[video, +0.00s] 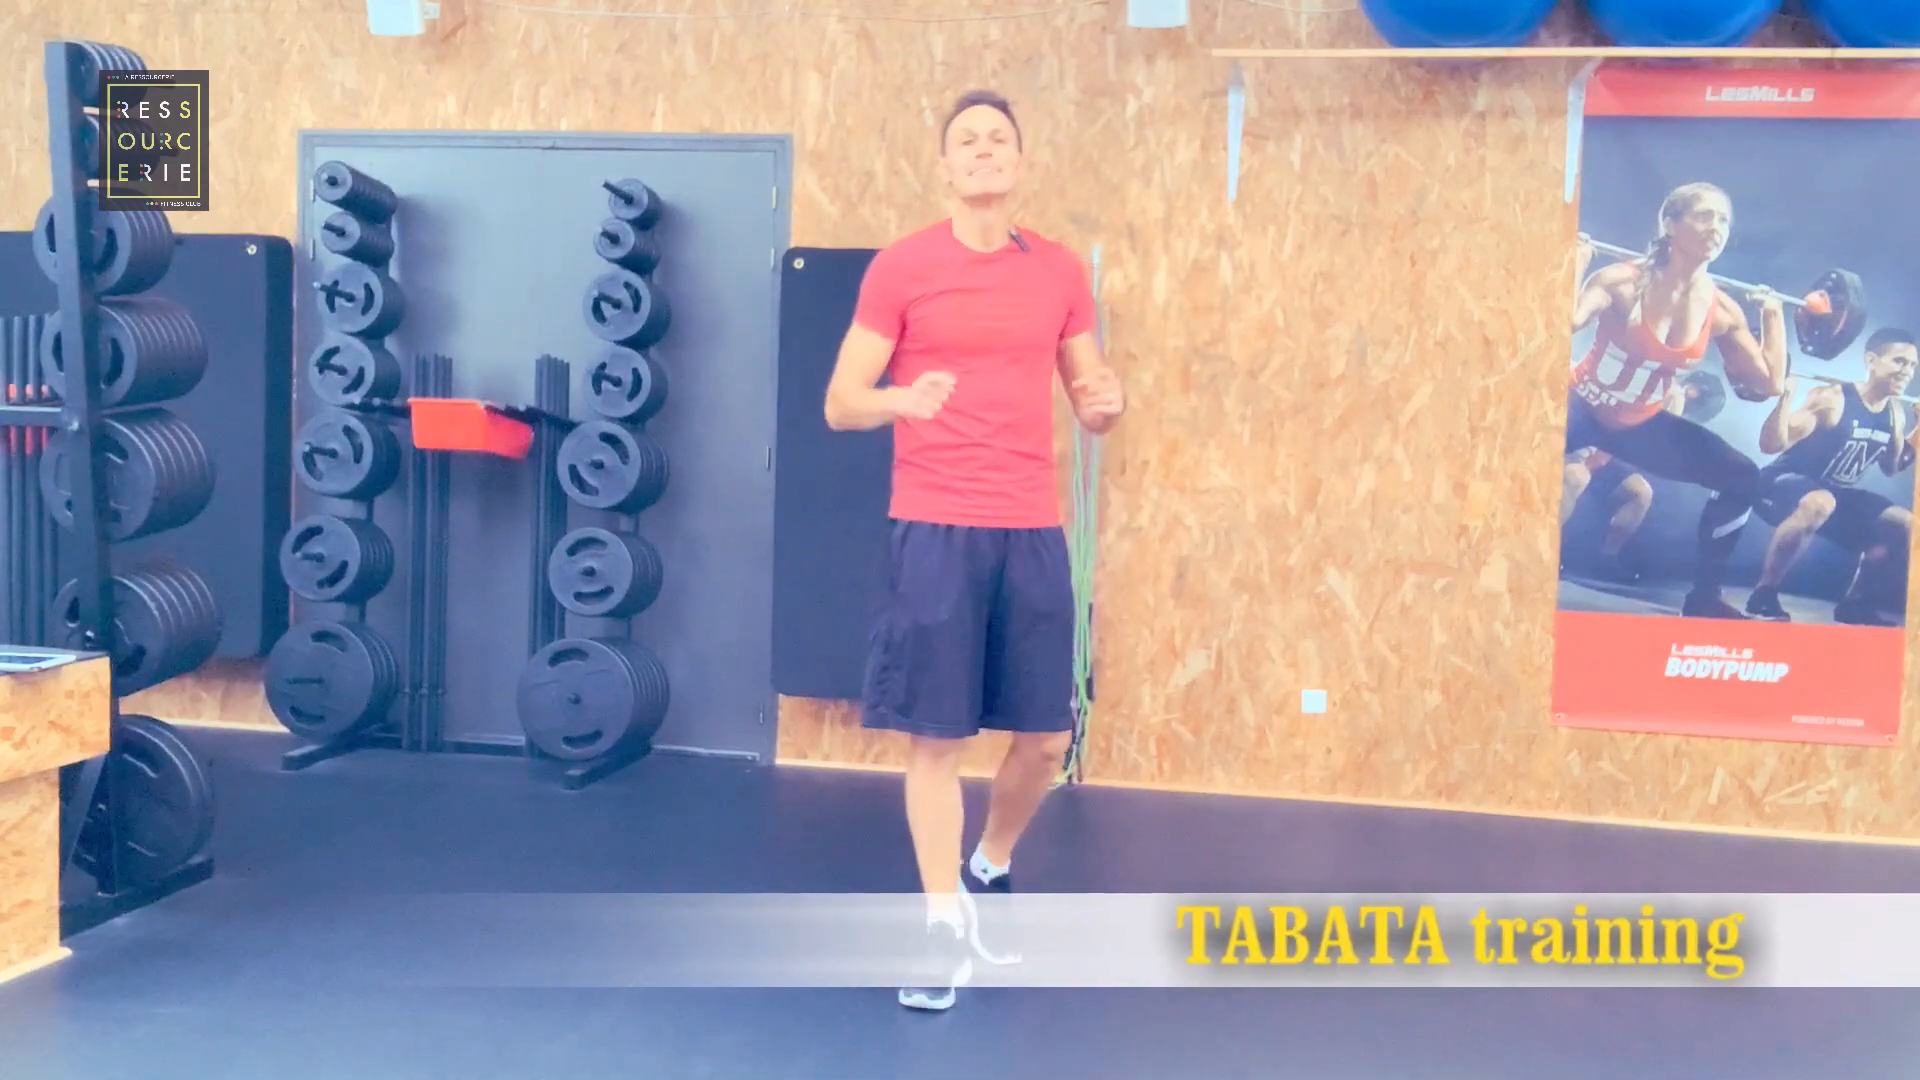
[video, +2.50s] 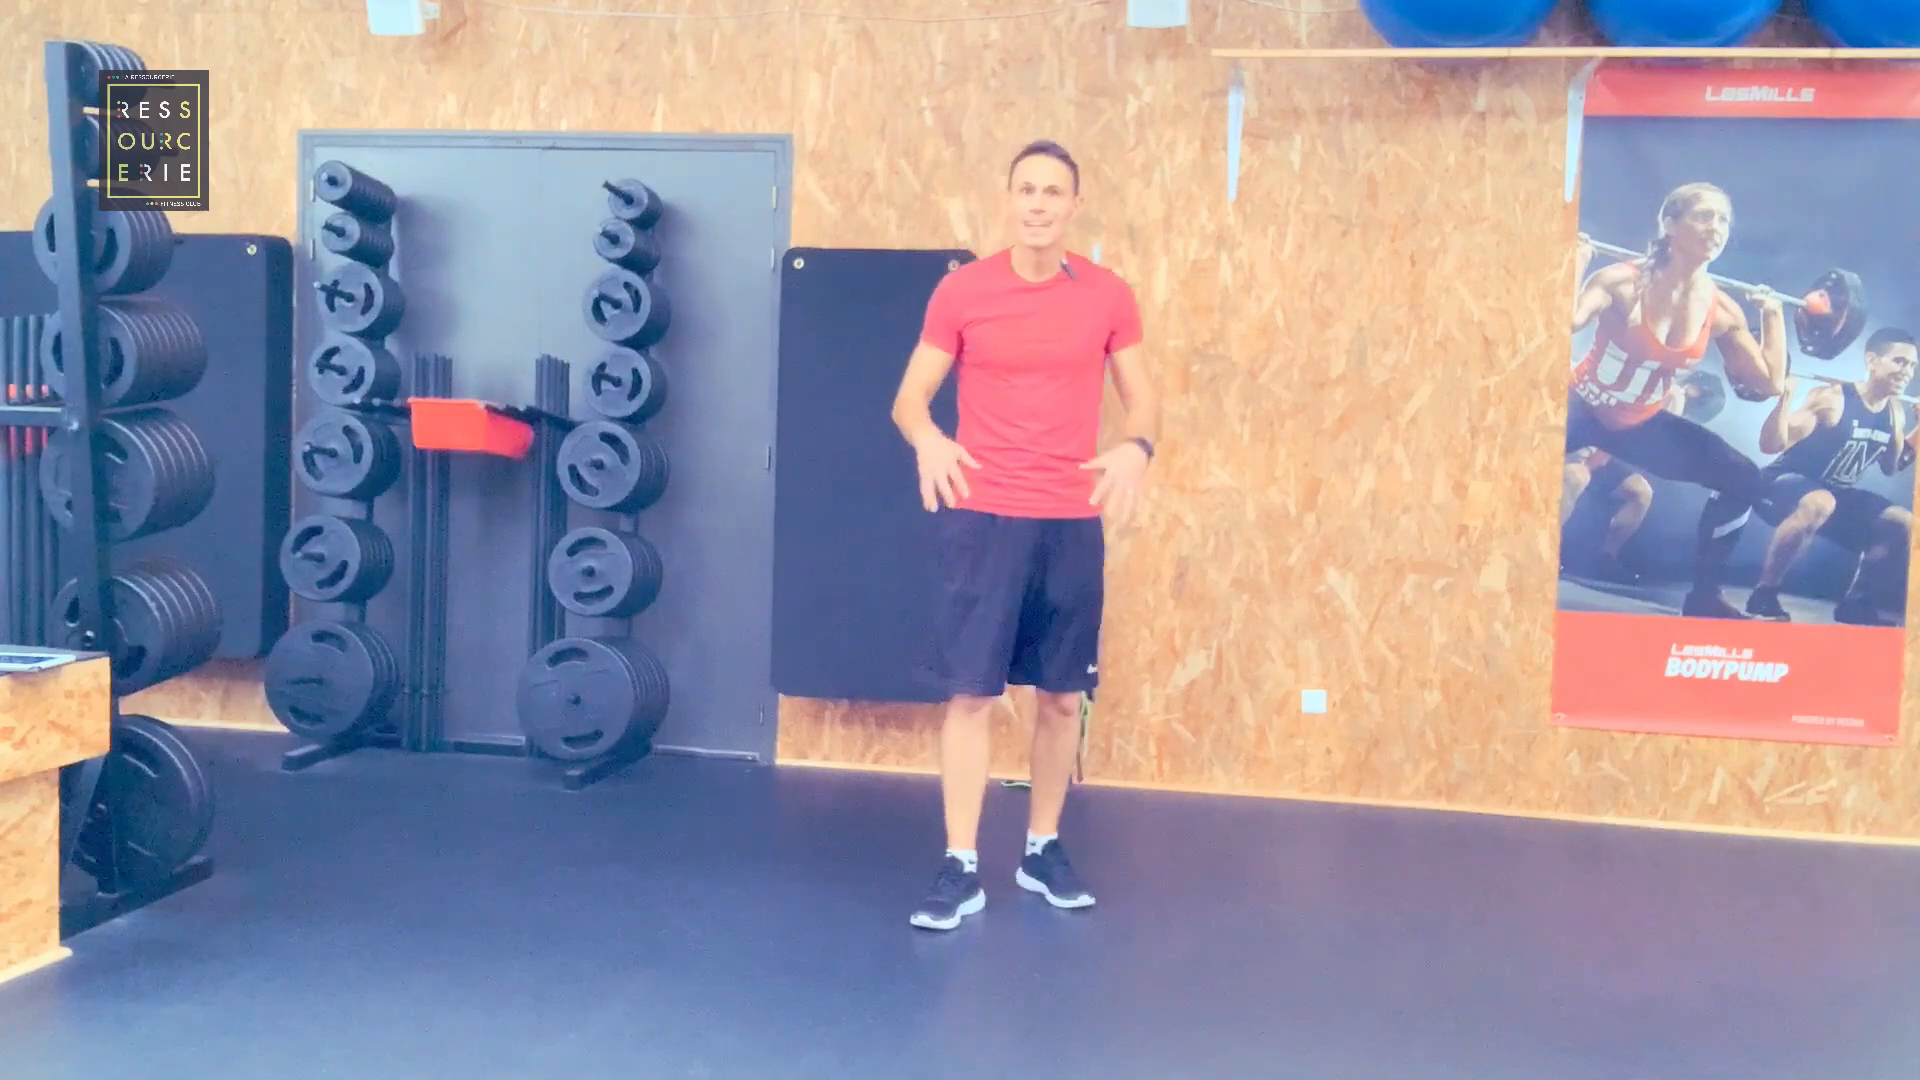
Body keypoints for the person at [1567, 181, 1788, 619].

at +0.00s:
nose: (1716, 228)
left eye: (1724, 221)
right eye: (1704, 216)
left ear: (1728, 234)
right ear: (1670, 224)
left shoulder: (1722, 310)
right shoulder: (1620, 279)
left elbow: (1769, 386)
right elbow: (1559, 325)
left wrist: (1773, 312)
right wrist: (1573, 269)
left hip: (1644, 425)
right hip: (1579, 408)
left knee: (1742, 477)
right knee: (1515, 446)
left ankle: (1705, 597)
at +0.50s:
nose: (1716, 228)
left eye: (1724, 221)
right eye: (1704, 216)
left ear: (1728, 234)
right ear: (1671, 224)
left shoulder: (1722, 310)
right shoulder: (1620, 280)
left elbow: (1769, 385)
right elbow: (1559, 325)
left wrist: (1773, 311)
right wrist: (1573, 270)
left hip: (1644, 425)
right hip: (1579, 409)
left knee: (1742, 477)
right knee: (1517, 446)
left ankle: (1705, 597)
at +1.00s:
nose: (1716, 228)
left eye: (1724, 221)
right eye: (1704, 216)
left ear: (1728, 233)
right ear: (1671, 224)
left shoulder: (1722, 310)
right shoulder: (1620, 279)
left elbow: (1769, 385)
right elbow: (1559, 325)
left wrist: (1773, 312)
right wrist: (1573, 269)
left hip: (1644, 425)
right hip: (1579, 408)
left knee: (1741, 477)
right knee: (1516, 445)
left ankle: (1705, 597)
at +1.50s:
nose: (1716, 228)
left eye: (1724, 221)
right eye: (1704, 216)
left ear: (1728, 234)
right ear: (1670, 224)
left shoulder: (1722, 310)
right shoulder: (1620, 279)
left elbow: (1769, 385)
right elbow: (1559, 325)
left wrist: (1773, 312)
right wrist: (1573, 269)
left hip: (1643, 424)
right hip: (1579, 408)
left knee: (1741, 477)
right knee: (1517, 447)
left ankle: (1705, 597)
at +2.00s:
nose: (1716, 228)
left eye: (1724, 220)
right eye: (1704, 216)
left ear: (1729, 233)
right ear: (1670, 224)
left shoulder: (1721, 310)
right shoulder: (1620, 279)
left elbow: (1769, 385)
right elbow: (1558, 326)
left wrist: (1773, 312)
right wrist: (1572, 268)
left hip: (1645, 425)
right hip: (1579, 409)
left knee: (1742, 478)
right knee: (1510, 452)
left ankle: (1705, 597)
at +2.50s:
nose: (1717, 228)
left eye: (1724, 220)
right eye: (1705, 216)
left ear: (1728, 233)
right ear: (1670, 224)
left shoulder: (1722, 311)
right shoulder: (1620, 279)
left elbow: (1769, 385)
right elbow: (1558, 326)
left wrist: (1773, 312)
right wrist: (1573, 269)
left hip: (1644, 425)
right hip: (1579, 409)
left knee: (1742, 477)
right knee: (1511, 450)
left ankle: (1705, 597)